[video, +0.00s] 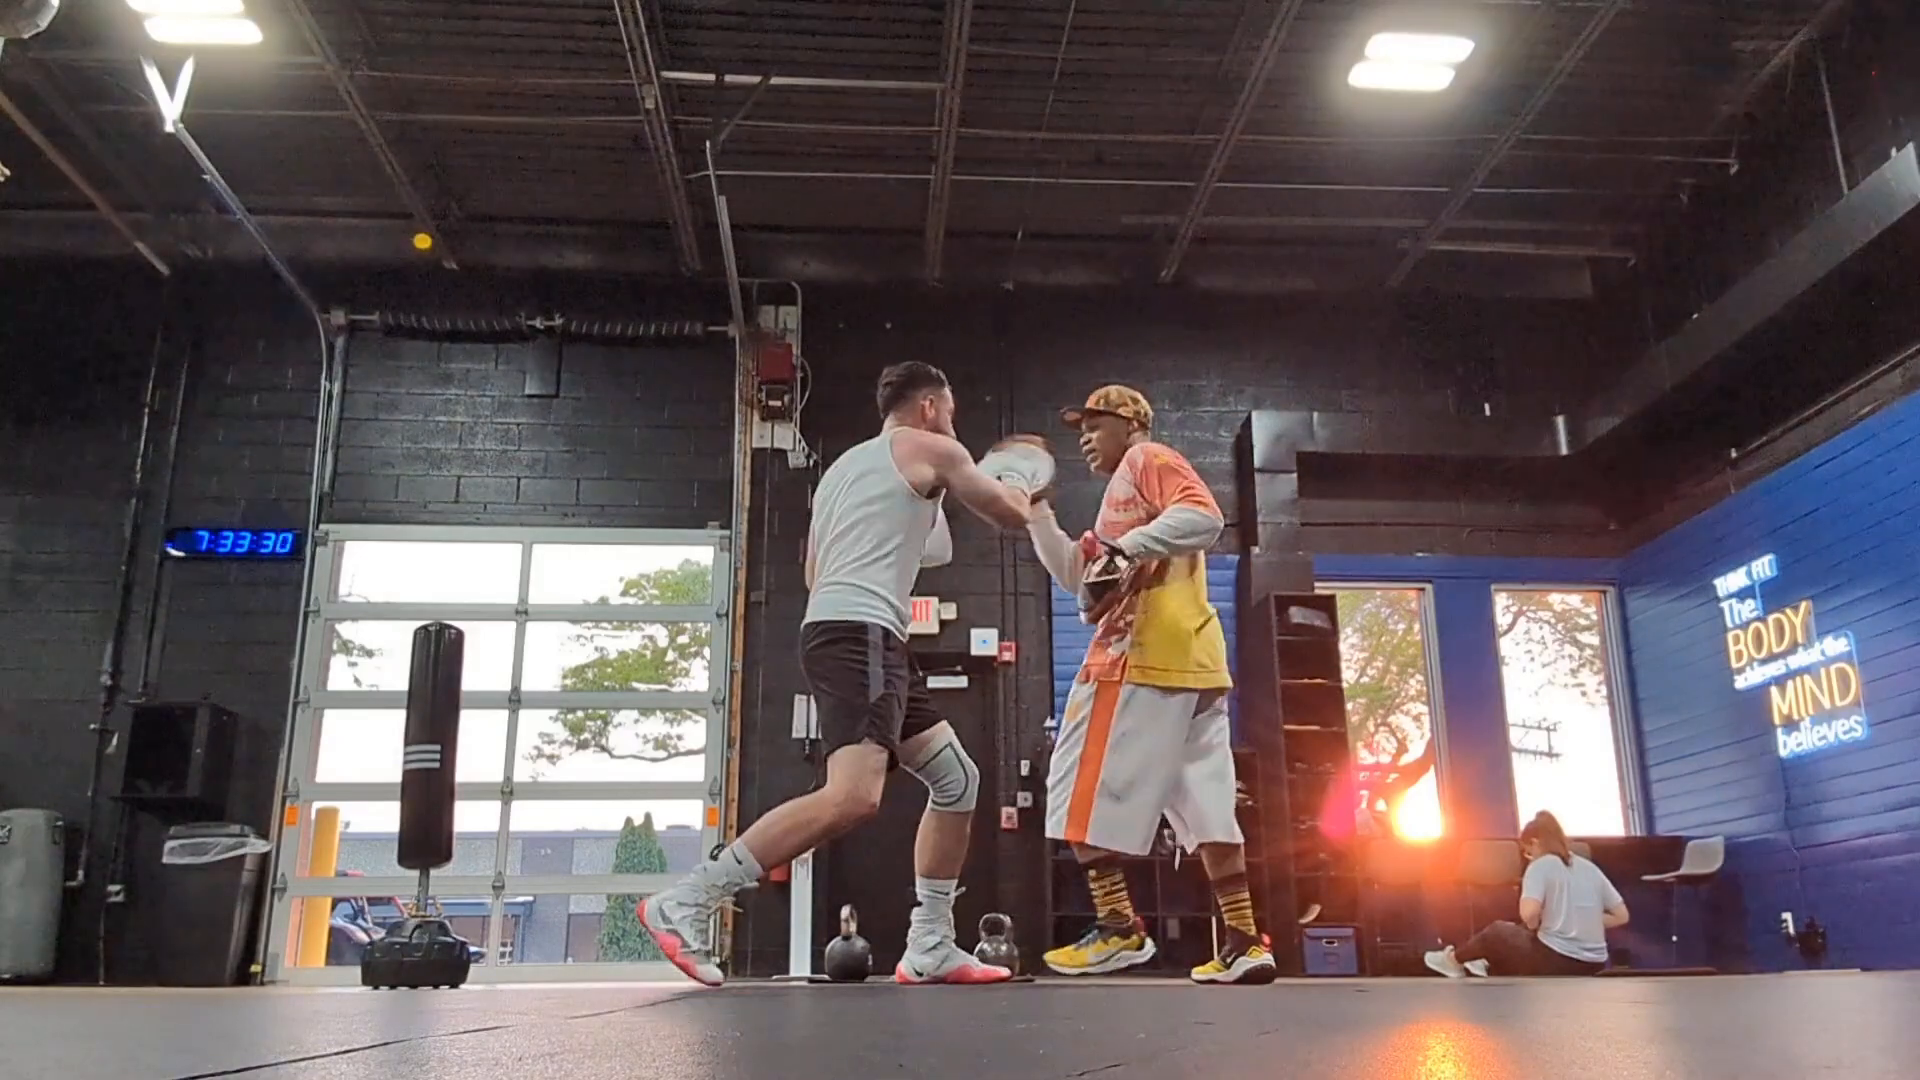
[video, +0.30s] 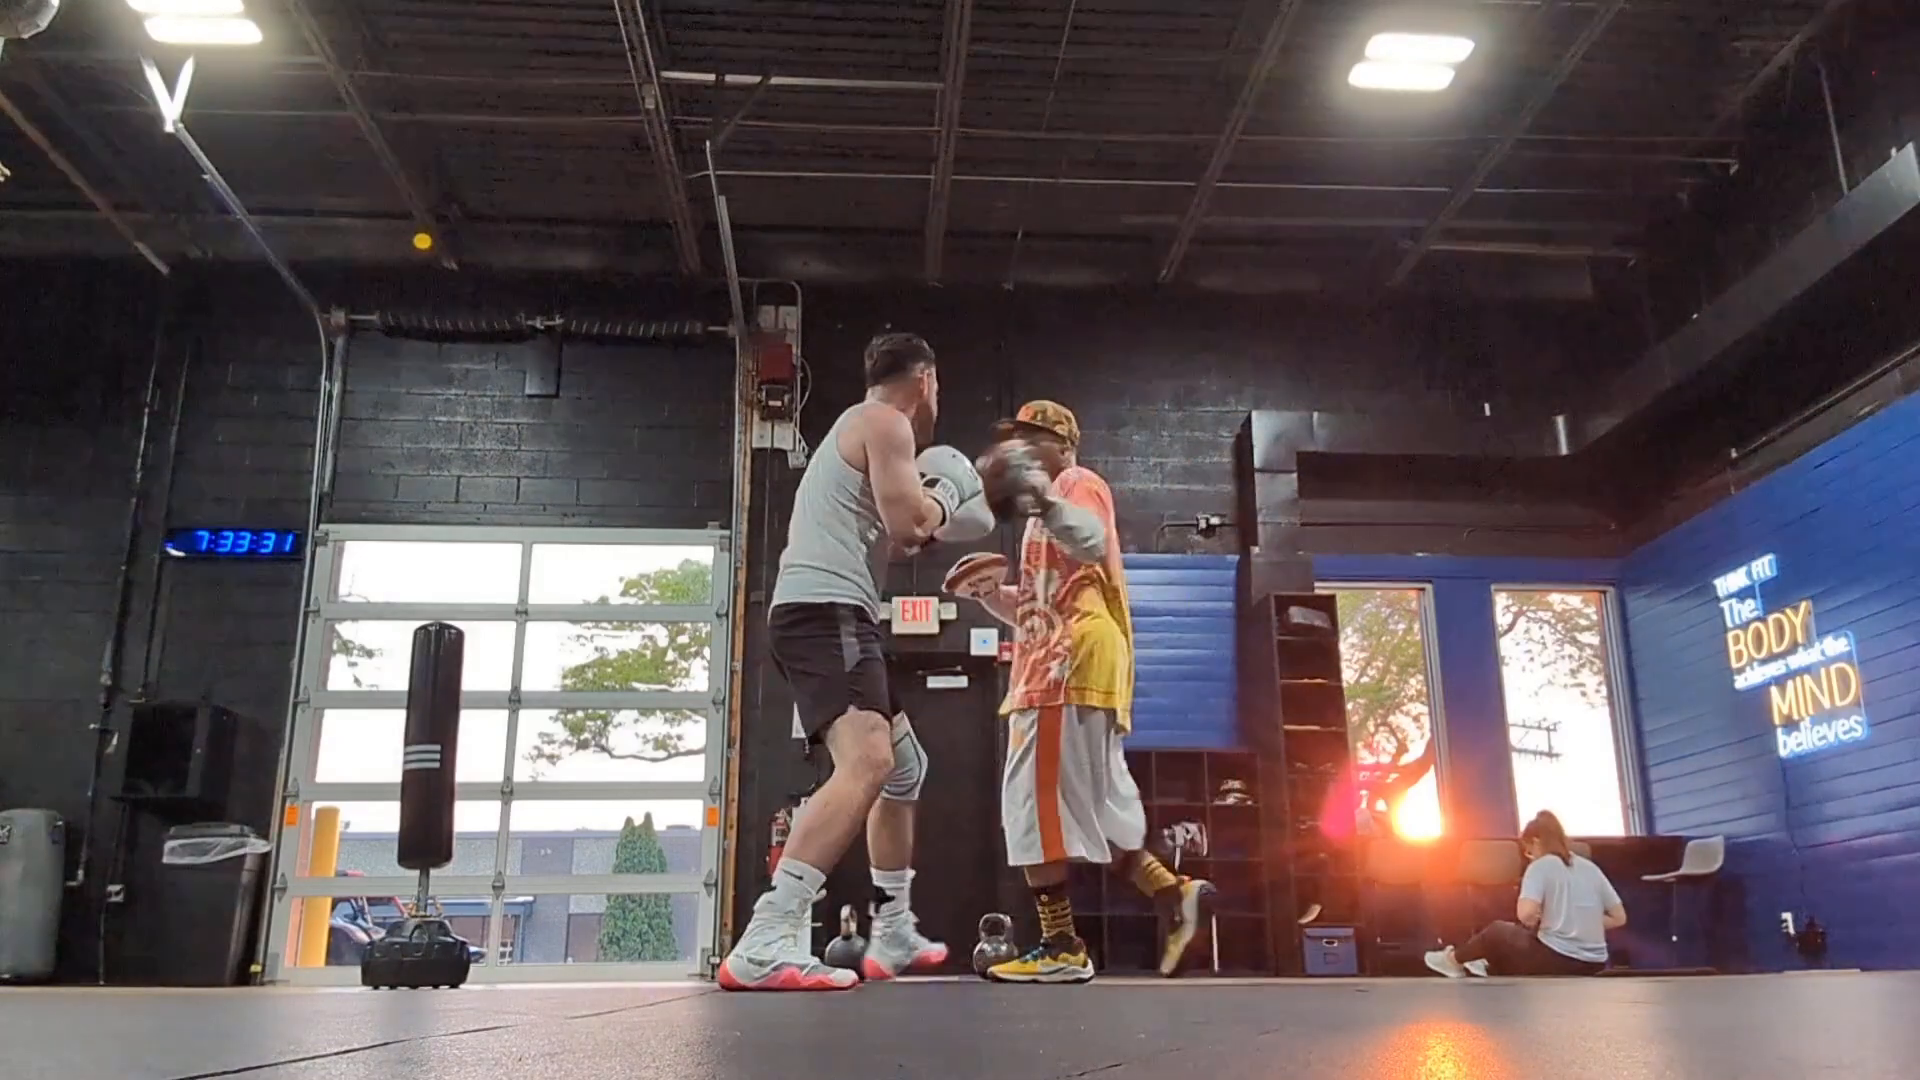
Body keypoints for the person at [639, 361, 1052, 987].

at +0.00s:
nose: (952, 424)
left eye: (952, 414)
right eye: (950, 413)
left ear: (889, 410)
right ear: (930, 406)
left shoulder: (839, 471)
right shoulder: (933, 445)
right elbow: (1010, 511)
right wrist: (1024, 490)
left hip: (846, 632)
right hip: (862, 629)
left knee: (957, 783)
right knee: (853, 796)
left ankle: (931, 947)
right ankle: (684, 902)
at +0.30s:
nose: (936, 399)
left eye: (934, 387)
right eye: (936, 386)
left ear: (878, 380)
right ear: (924, 381)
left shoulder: (861, 431)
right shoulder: (883, 420)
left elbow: (886, 544)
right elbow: (906, 520)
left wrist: (930, 518)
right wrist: (938, 502)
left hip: (845, 614)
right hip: (824, 610)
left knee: (901, 769)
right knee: (865, 764)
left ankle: (893, 934)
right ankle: (769, 936)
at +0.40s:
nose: (919, 390)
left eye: (916, 379)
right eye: (919, 378)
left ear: (858, 368)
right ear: (908, 374)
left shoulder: (835, 422)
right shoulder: (870, 414)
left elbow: (900, 524)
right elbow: (915, 515)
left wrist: (939, 512)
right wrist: (937, 478)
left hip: (822, 606)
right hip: (833, 603)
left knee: (894, 772)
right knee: (871, 763)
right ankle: (767, 939)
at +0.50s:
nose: (896, 386)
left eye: (894, 377)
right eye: (895, 376)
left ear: (827, 376)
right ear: (887, 370)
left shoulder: (790, 440)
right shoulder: (883, 416)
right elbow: (938, 507)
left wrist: (847, 538)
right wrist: (940, 534)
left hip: (797, 613)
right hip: (854, 602)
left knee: (845, 782)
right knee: (884, 773)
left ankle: (776, 938)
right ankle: (773, 934)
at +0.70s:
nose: (883, 394)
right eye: (884, 385)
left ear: (818, 388)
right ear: (883, 383)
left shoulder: (776, 442)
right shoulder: (906, 426)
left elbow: (746, 540)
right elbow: (949, 516)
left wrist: (808, 553)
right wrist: (908, 475)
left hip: (793, 614)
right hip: (870, 601)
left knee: (817, 782)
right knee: (917, 772)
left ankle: (773, 942)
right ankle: (856, 903)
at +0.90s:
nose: (935, 373)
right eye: (937, 364)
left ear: (867, 362)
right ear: (932, 360)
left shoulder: (814, 426)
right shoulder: (933, 405)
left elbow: (786, 534)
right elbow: (951, 526)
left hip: (794, 597)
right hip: (865, 584)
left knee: (827, 777)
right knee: (940, 751)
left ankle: (763, 939)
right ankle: (943, 936)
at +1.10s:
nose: (998, 419)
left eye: (1000, 409)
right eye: (998, 404)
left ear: (952, 383)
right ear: (976, 384)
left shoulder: (873, 430)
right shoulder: (906, 413)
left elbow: (876, 551)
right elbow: (919, 532)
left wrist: (938, 561)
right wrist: (986, 483)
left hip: (774, 598)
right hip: (828, 586)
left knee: (841, 779)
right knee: (944, 739)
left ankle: (739, 933)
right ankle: (943, 936)